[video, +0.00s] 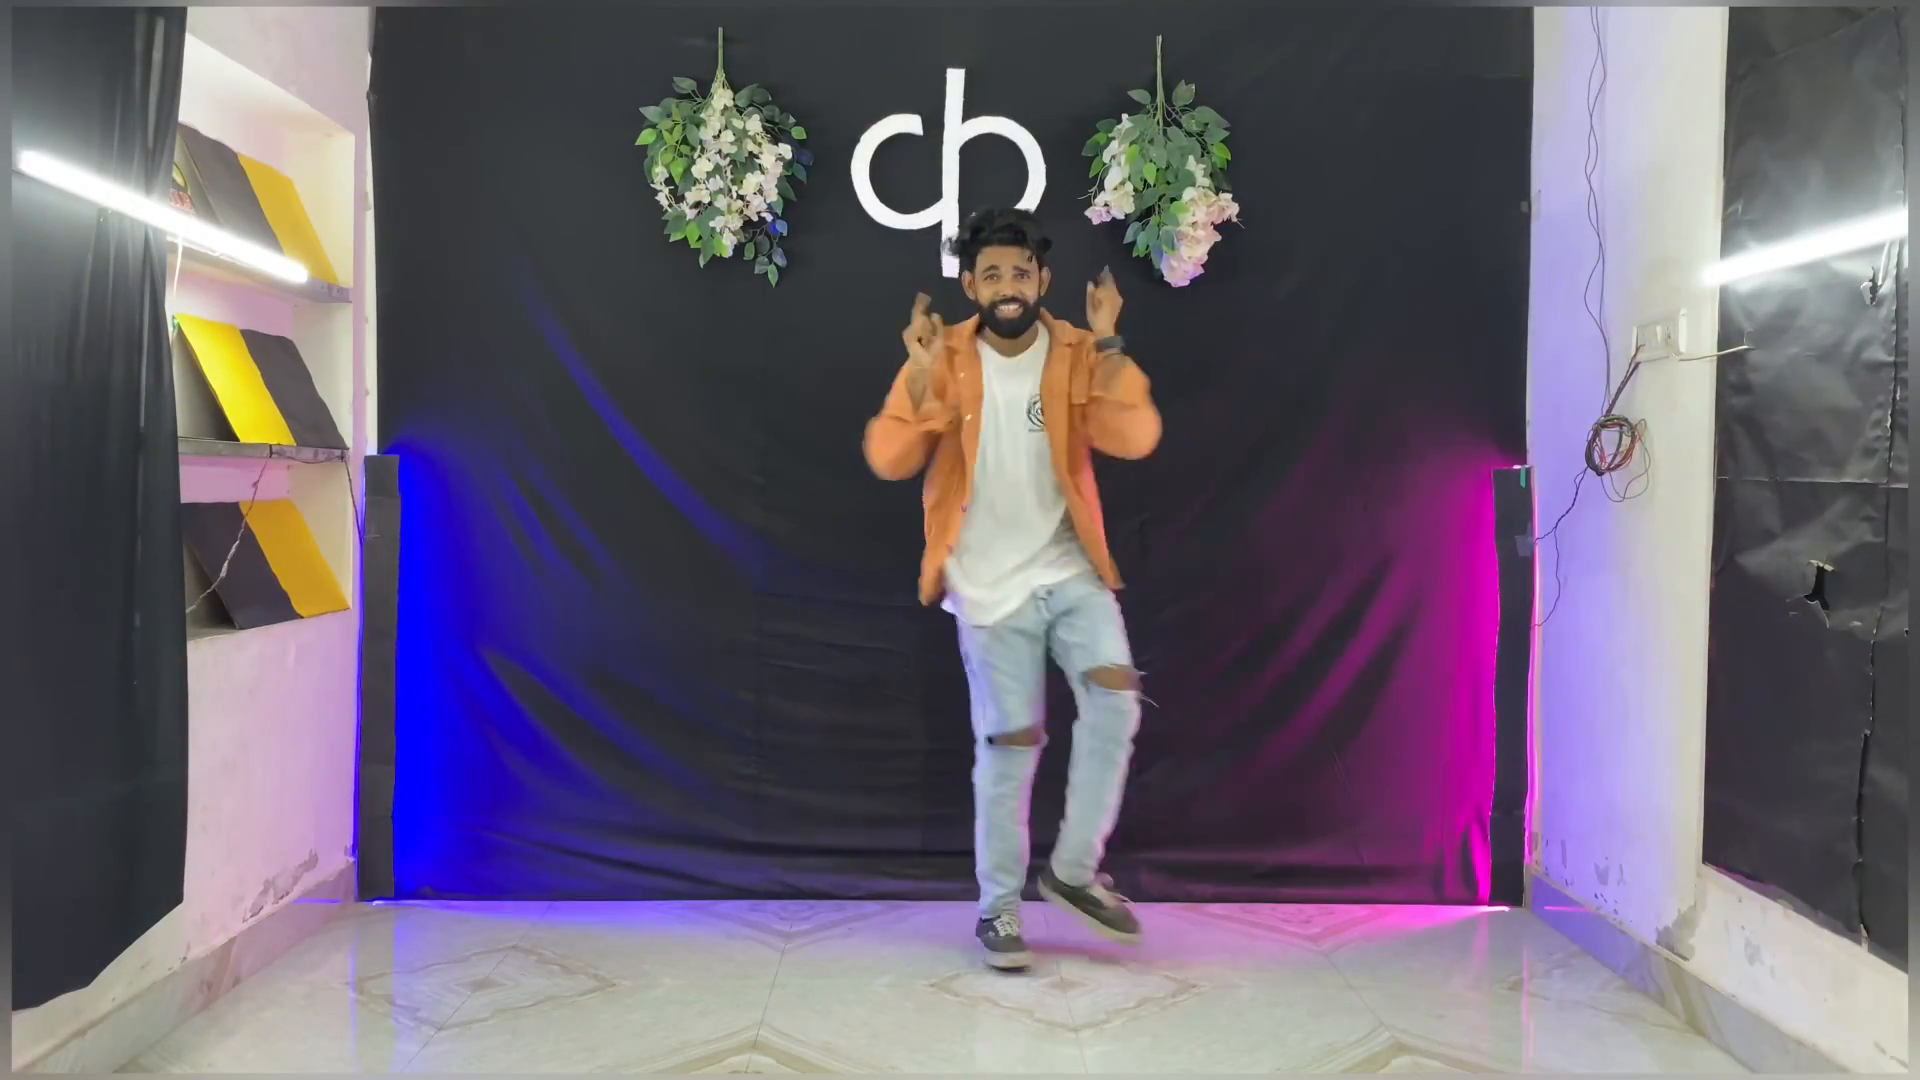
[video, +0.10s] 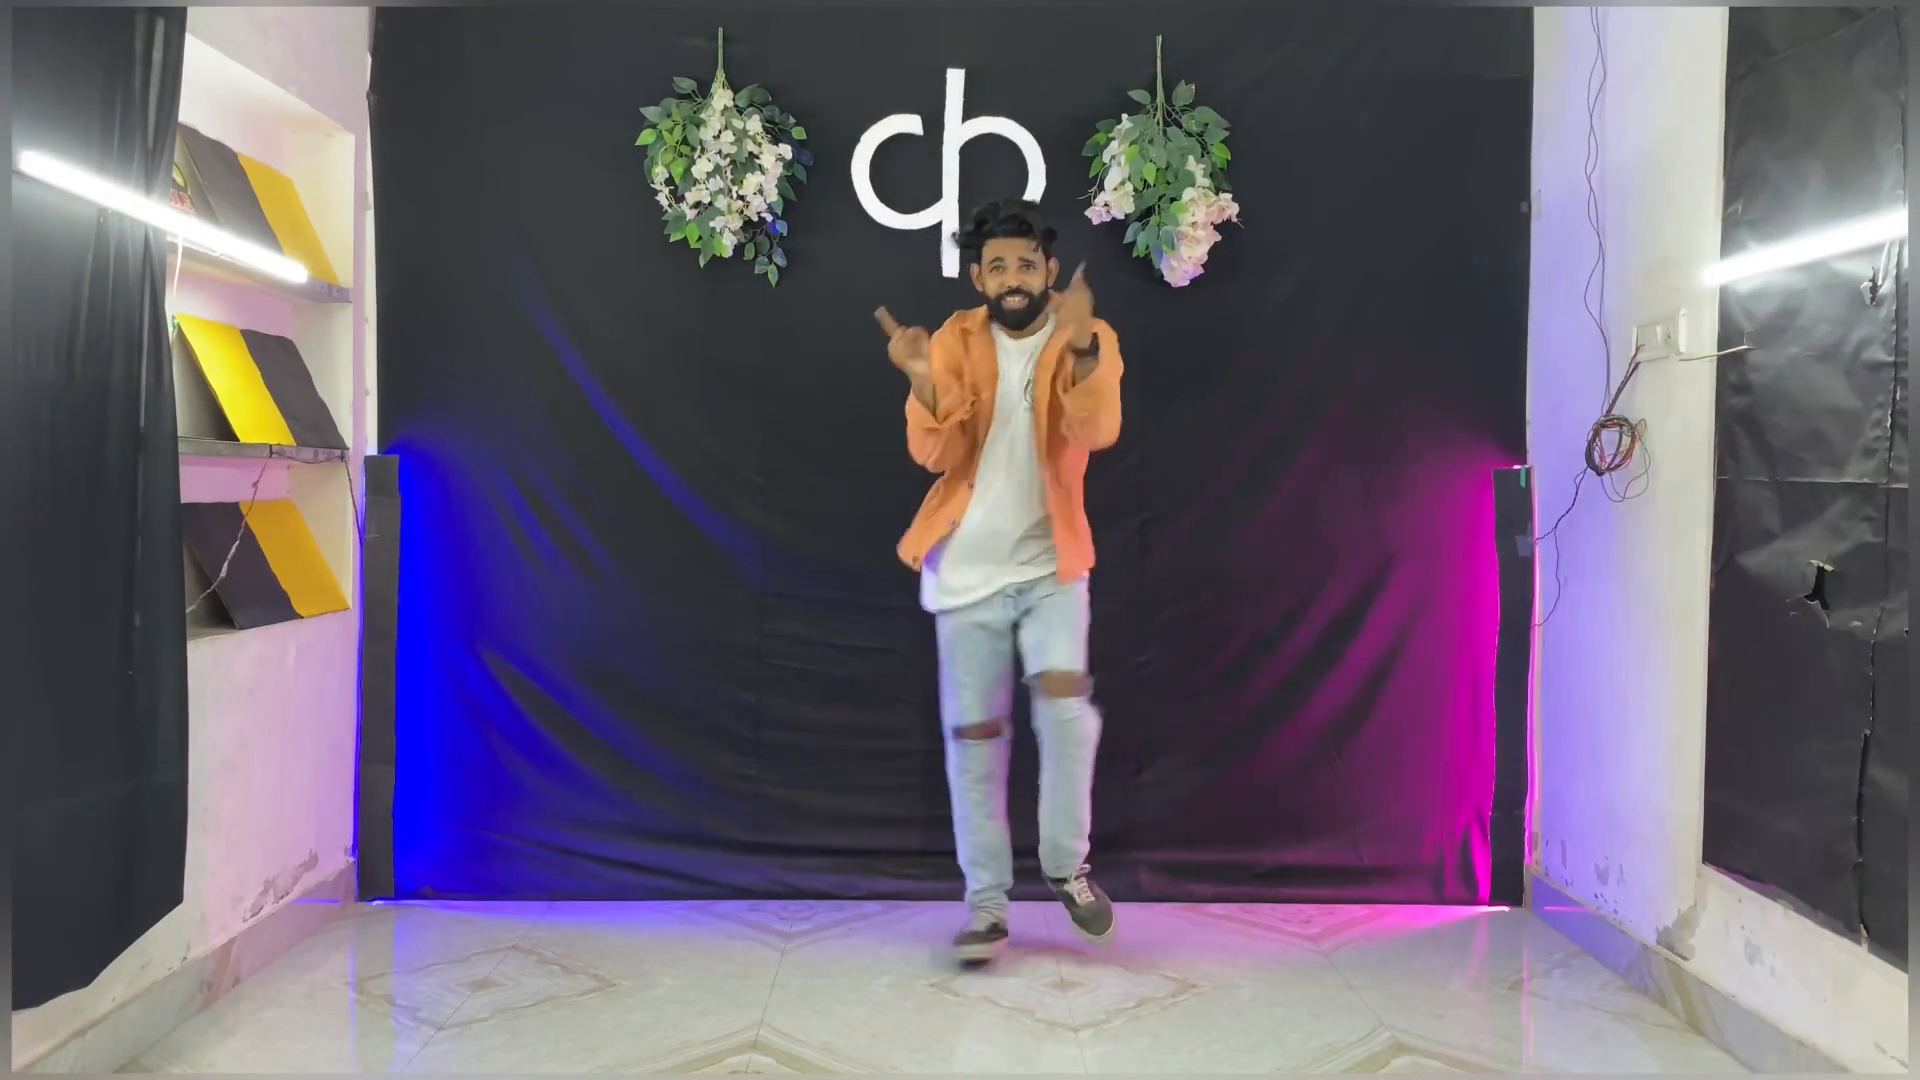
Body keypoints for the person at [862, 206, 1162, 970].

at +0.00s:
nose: (1007, 286)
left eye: (1020, 271)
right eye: (991, 273)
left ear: (1042, 276)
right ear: (970, 283)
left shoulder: (1075, 353)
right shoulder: (943, 360)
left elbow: (1133, 438)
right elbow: (888, 461)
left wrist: (1107, 346)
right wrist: (919, 375)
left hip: (1072, 565)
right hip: (989, 579)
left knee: (1115, 698)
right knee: (1010, 740)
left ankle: (1073, 869)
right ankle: (1000, 906)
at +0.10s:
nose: (1012, 278)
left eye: (1026, 264)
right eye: (997, 265)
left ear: (1050, 268)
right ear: (976, 271)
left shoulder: (1086, 339)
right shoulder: (952, 342)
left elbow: (1096, 432)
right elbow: (936, 454)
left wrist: (1084, 347)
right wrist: (921, 383)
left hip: (1054, 566)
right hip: (968, 572)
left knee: (1066, 715)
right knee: (975, 736)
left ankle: (1068, 869)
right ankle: (985, 899)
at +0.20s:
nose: (1015, 288)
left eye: (1029, 273)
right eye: (1001, 275)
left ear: (1060, 273)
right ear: (986, 281)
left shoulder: (1101, 335)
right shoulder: (972, 337)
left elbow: (1097, 403)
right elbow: (946, 423)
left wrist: (1062, 352)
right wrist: (896, 390)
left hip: (1031, 574)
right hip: (946, 569)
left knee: (1023, 729)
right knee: (941, 736)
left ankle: (1069, 904)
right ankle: (974, 910)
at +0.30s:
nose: (1020, 296)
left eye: (1034, 280)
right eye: (1006, 282)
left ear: (1064, 282)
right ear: (990, 289)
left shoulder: (1105, 351)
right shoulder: (979, 348)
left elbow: (1100, 425)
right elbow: (943, 431)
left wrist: (1068, 379)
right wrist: (903, 405)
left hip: (1020, 587)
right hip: (937, 576)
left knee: (1019, 750)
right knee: (930, 742)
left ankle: (1073, 913)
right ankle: (973, 912)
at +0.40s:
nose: (1019, 285)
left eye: (1035, 270)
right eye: (1005, 271)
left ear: (1062, 276)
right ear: (987, 279)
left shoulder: (1100, 355)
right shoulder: (967, 351)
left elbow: (1101, 448)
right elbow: (941, 463)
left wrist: (1054, 392)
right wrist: (943, 425)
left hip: (1036, 590)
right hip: (947, 578)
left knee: (1042, 750)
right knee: (899, 725)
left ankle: (1073, 911)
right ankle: (960, 892)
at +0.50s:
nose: (998, 258)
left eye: (1013, 245)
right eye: (985, 244)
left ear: (1041, 255)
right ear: (966, 254)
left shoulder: (1081, 334)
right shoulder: (941, 328)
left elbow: (1135, 426)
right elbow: (899, 437)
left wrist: (1136, 350)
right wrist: (903, 358)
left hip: (1044, 567)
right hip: (953, 556)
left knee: (1058, 733)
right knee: (882, 692)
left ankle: (1075, 909)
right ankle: (928, 861)